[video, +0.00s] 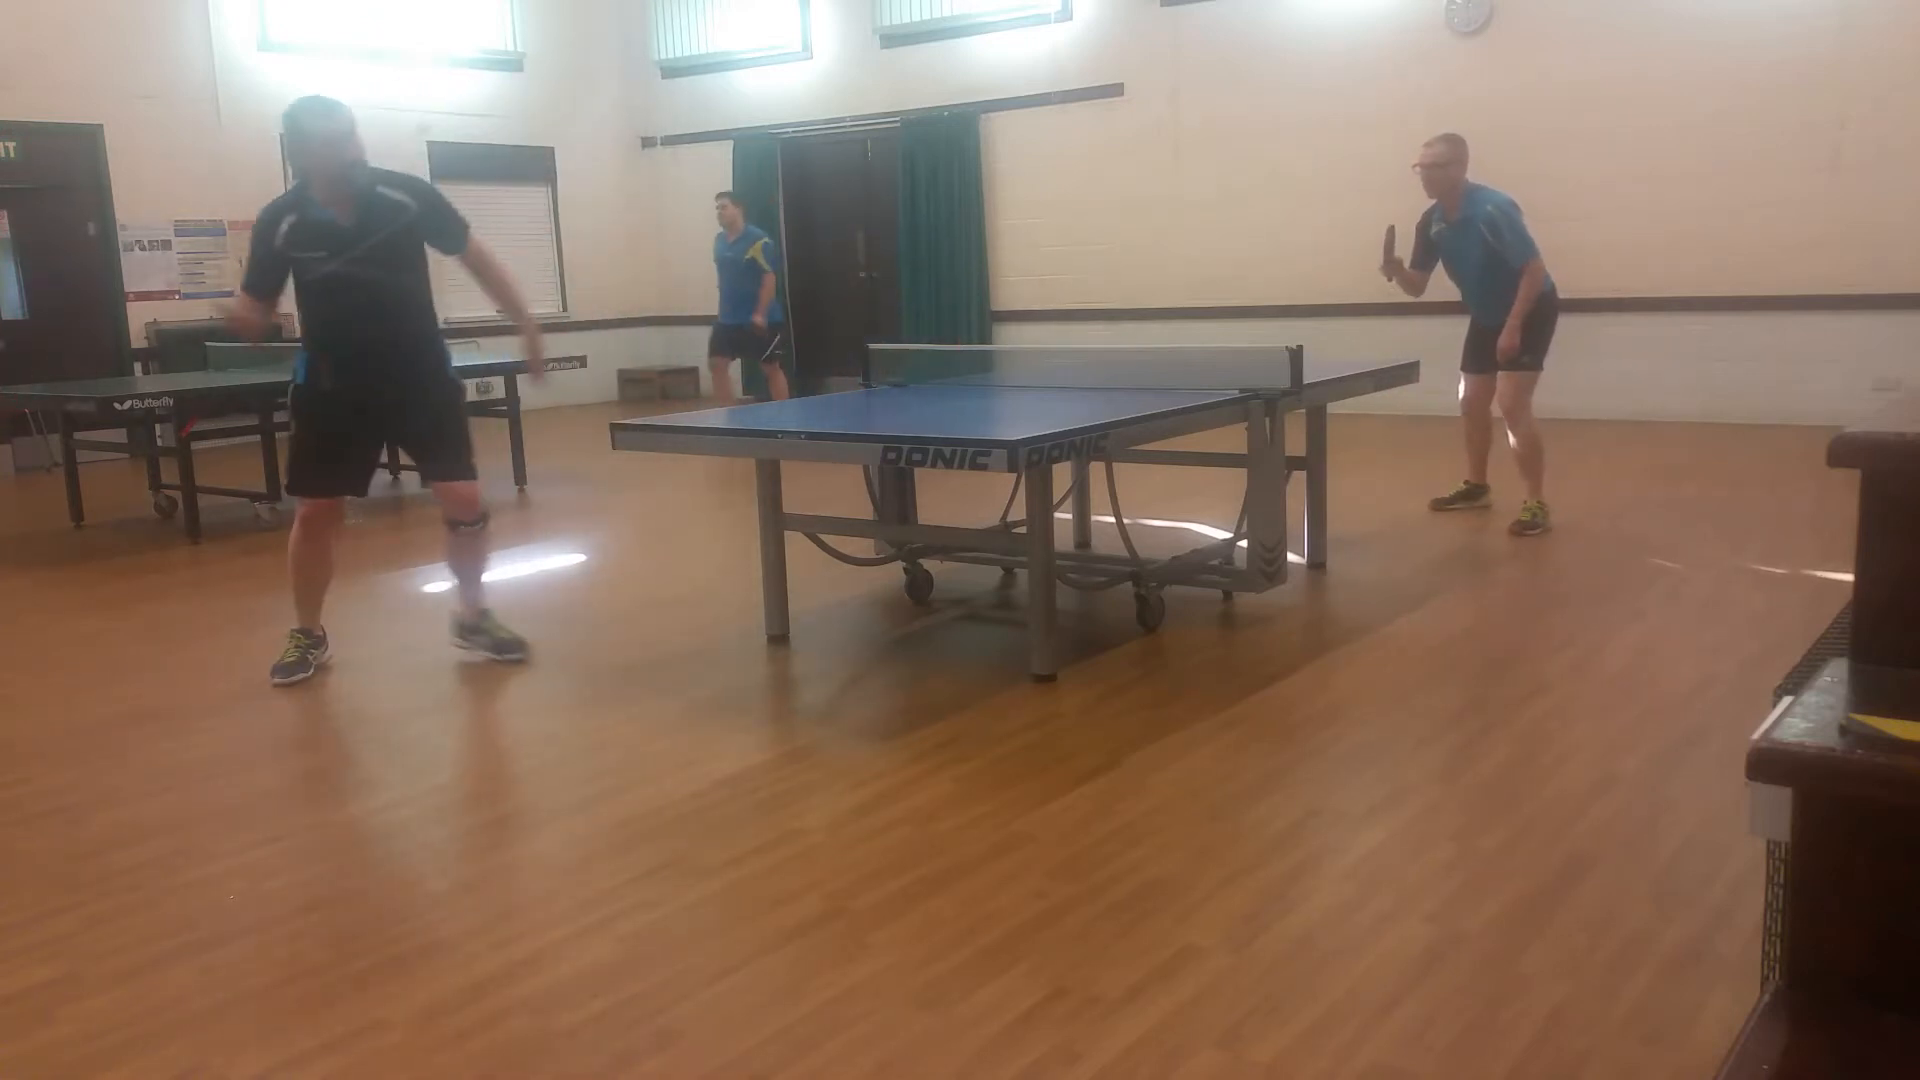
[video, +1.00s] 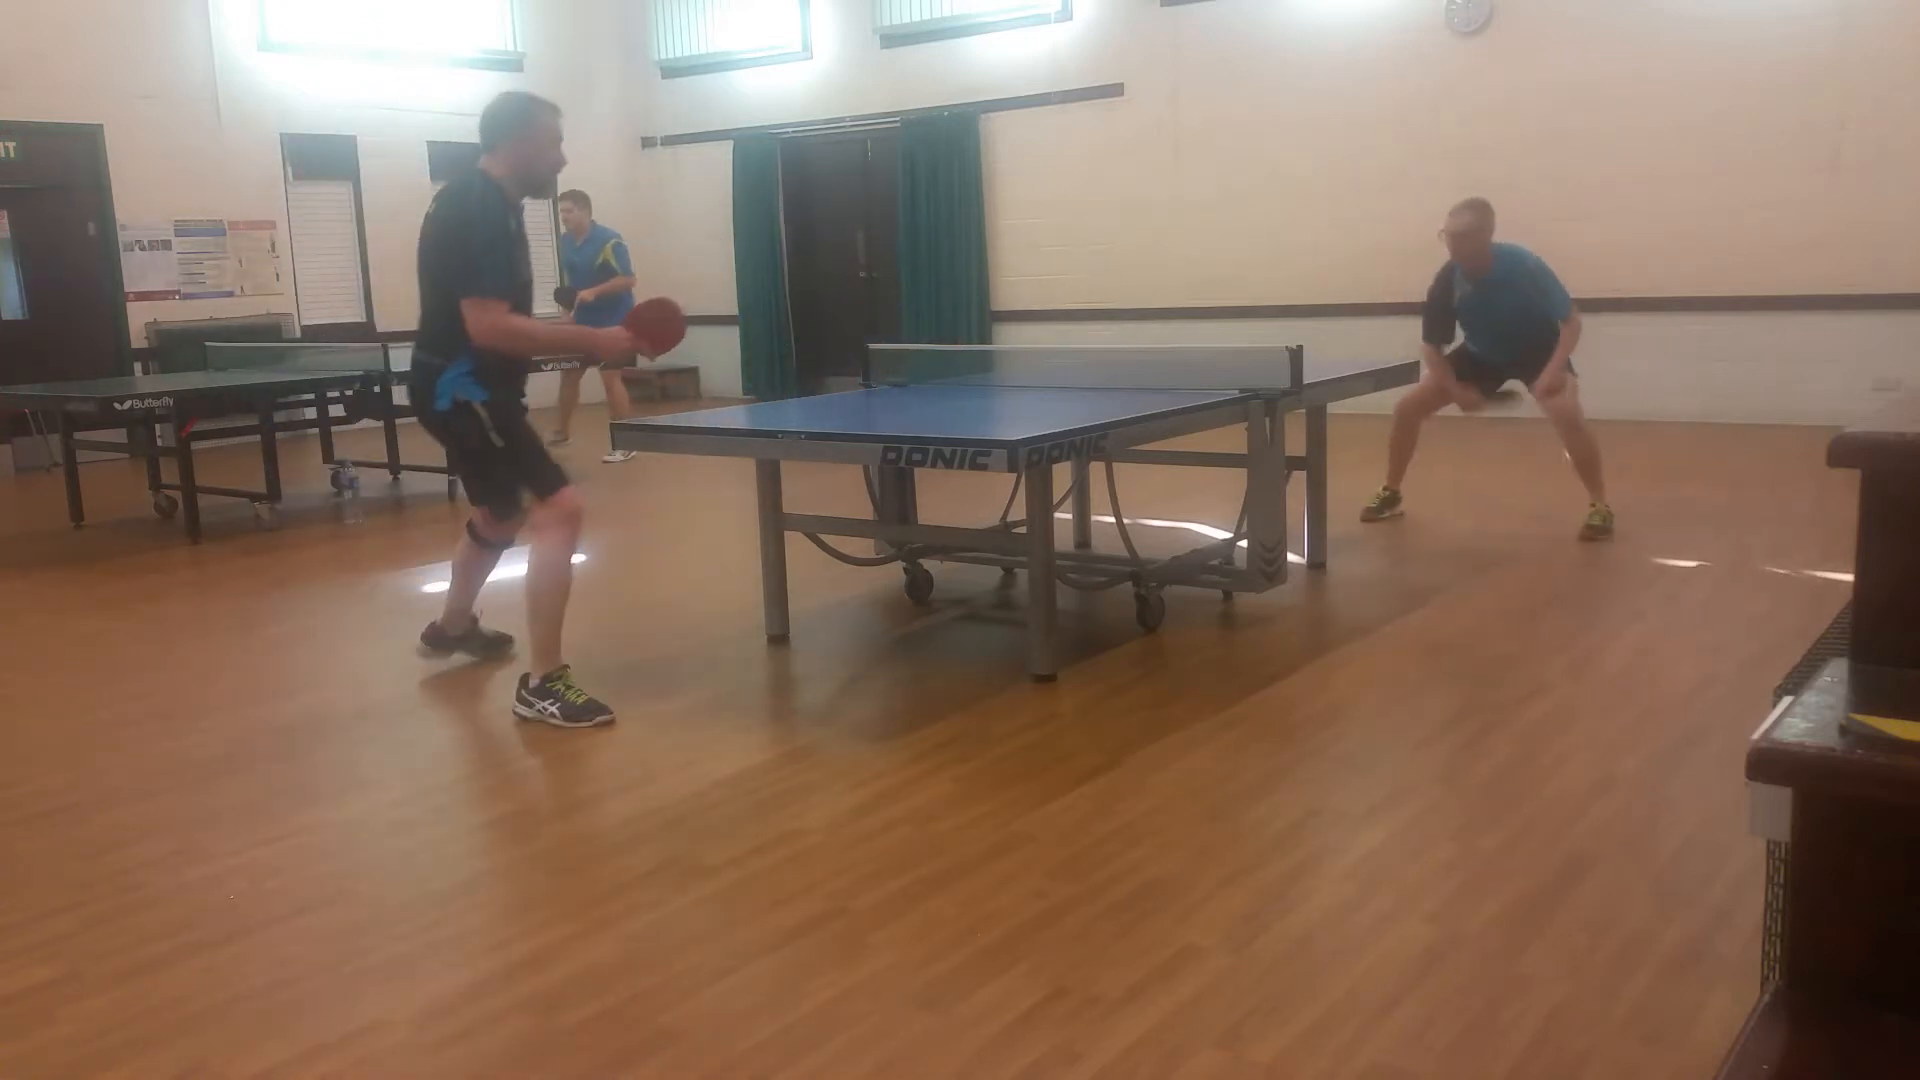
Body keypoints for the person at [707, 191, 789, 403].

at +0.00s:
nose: (719, 212)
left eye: (723, 207)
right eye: (717, 208)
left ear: (738, 209)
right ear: (717, 213)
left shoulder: (758, 240)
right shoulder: (720, 240)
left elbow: (769, 277)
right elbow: (724, 279)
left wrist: (761, 313)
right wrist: (725, 311)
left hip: (760, 319)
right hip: (728, 319)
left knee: (771, 368)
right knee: (718, 365)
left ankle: (784, 417)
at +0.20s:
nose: (681, 219)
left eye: (687, 214)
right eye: (681, 215)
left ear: (704, 217)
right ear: (680, 219)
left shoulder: (720, 246)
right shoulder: (684, 248)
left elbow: (734, 281)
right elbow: (693, 283)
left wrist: (702, 298)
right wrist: (686, 300)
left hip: (729, 325)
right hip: (697, 325)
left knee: (750, 375)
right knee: (686, 375)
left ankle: (776, 417)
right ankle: (685, 427)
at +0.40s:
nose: (647, 208)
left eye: (652, 203)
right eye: (646, 203)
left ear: (669, 206)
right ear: (647, 208)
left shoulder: (689, 236)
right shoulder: (650, 238)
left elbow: (702, 273)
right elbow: (655, 278)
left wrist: (666, 283)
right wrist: (648, 314)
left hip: (690, 318)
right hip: (662, 319)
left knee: (692, 370)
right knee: (671, 375)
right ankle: (682, 425)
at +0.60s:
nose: (615, 215)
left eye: (620, 210)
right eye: (614, 211)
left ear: (638, 212)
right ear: (615, 215)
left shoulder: (660, 242)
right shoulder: (619, 244)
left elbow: (677, 280)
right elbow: (614, 284)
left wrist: (642, 287)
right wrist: (602, 312)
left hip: (661, 323)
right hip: (635, 324)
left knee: (648, 377)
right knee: (658, 381)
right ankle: (685, 432)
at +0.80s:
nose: (584, 224)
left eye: (589, 219)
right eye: (583, 219)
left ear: (606, 219)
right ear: (588, 222)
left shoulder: (631, 248)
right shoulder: (594, 249)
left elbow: (648, 288)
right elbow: (600, 287)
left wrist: (613, 298)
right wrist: (587, 301)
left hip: (632, 330)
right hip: (606, 329)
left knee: (615, 378)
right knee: (606, 380)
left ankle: (633, 440)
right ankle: (630, 438)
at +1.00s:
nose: (563, 217)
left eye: (568, 212)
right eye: (561, 212)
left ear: (585, 212)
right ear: (562, 214)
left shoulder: (610, 240)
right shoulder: (565, 242)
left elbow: (628, 279)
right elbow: (571, 284)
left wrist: (594, 292)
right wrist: (568, 316)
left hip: (615, 318)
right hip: (584, 318)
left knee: (611, 375)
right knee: (569, 373)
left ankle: (624, 442)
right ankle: (562, 432)